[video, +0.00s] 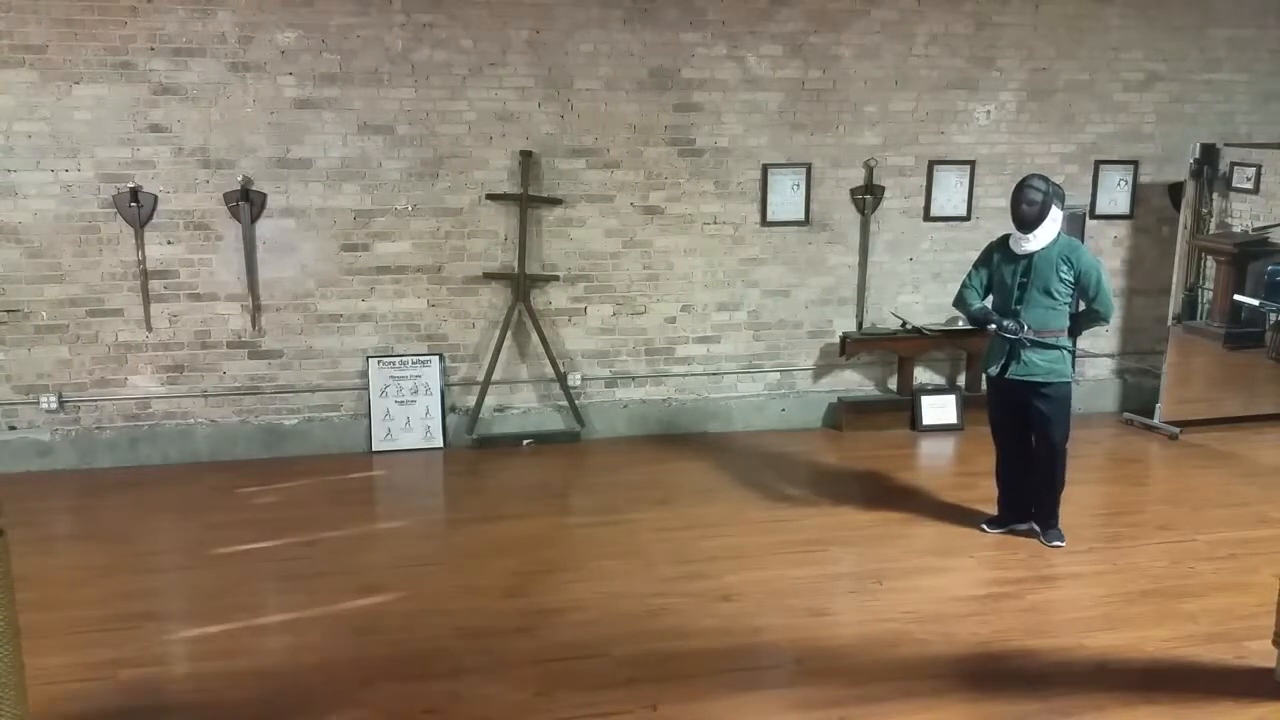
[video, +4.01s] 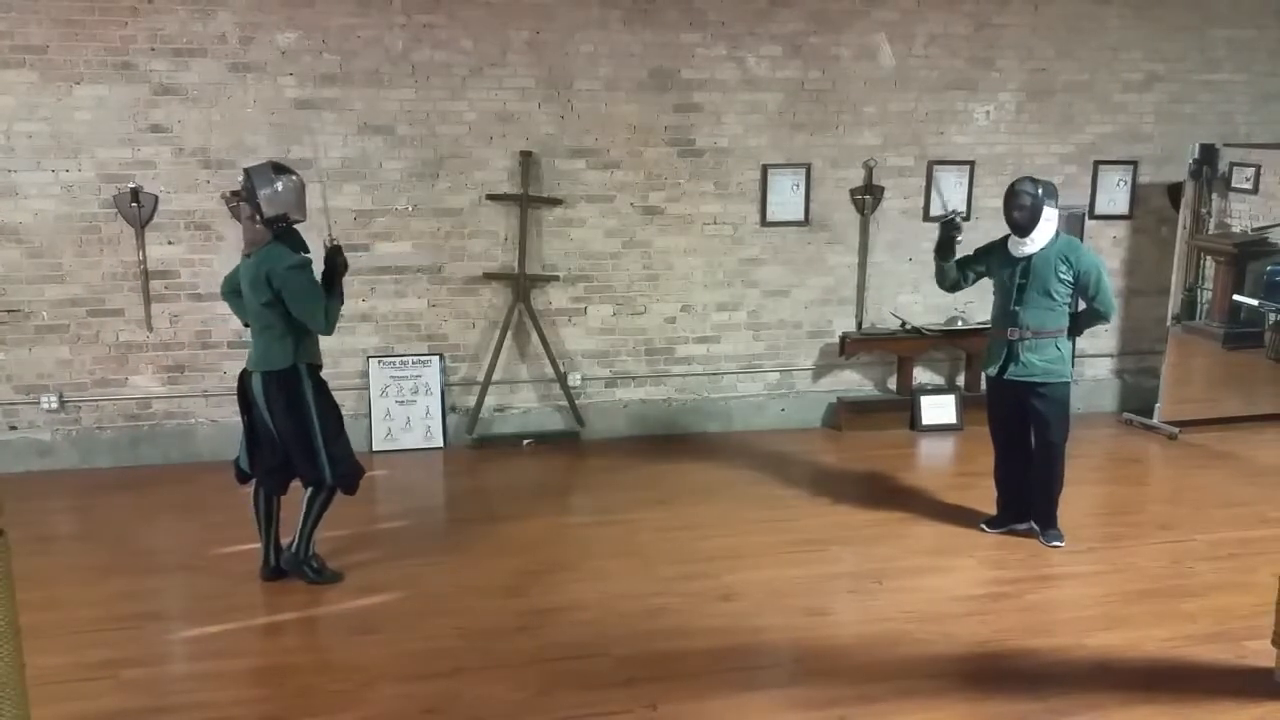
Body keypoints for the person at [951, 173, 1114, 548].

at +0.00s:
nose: (1022, 209)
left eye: (1031, 202)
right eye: (1018, 201)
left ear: (1052, 207)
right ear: (1012, 203)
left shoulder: (1073, 254)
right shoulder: (999, 250)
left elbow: (1102, 310)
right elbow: (966, 296)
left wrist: (1067, 328)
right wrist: (993, 320)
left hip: (1049, 370)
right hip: (1003, 369)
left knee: (1049, 449)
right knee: (1009, 447)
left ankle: (1048, 522)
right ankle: (1013, 514)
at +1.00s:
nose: (1026, 211)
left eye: (1035, 204)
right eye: (1022, 203)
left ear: (1055, 208)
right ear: (1016, 204)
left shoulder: (1077, 254)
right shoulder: (1003, 250)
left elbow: (1106, 312)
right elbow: (970, 297)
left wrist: (1070, 330)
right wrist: (996, 320)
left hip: (1051, 372)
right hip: (1005, 370)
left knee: (1052, 452)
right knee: (1010, 448)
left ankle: (1048, 522)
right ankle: (1013, 514)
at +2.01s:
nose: (1028, 209)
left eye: (1037, 203)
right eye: (1024, 202)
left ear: (1058, 207)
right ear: (1019, 204)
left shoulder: (1079, 254)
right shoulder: (1004, 250)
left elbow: (1107, 312)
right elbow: (972, 296)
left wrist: (1068, 331)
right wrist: (999, 320)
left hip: (1052, 372)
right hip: (1006, 370)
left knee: (1053, 453)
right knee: (1011, 449)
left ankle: (1048, 522)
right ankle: (1013, 515)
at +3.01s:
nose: (1027, 210)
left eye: (1036, 205)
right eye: (1023, 203)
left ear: (1056, 209)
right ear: (1017, 204)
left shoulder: (1079, 255)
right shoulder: (1007, 249)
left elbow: (1107, 312)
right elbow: (974, 273)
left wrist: (1069, 330)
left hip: (1050, 368)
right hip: (1004, 364)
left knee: (1048, 451)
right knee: (1010, 447)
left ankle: (1047, 521)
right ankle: (1013, 515)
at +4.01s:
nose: (1013, 215)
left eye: (1021, 208)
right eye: (1010, 208)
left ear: (1043, 209)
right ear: (1005, 208)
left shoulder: (1073, 253)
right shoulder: (998, 252)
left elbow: (1103, 309)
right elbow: (949, 280)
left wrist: (1068, 326)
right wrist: (946, 244)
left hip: (1049, 365)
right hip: (1002, 363)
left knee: (1049, 448)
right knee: (1008, 444)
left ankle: (1046, 521)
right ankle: (1012, 513)